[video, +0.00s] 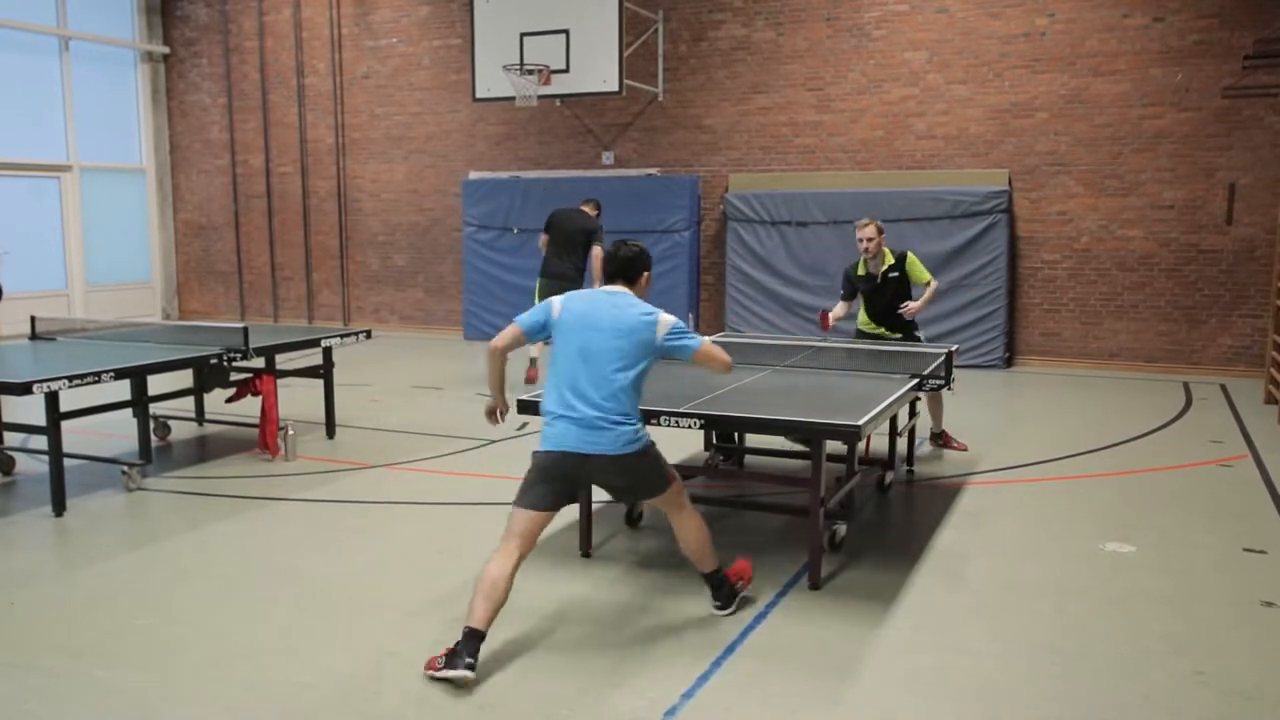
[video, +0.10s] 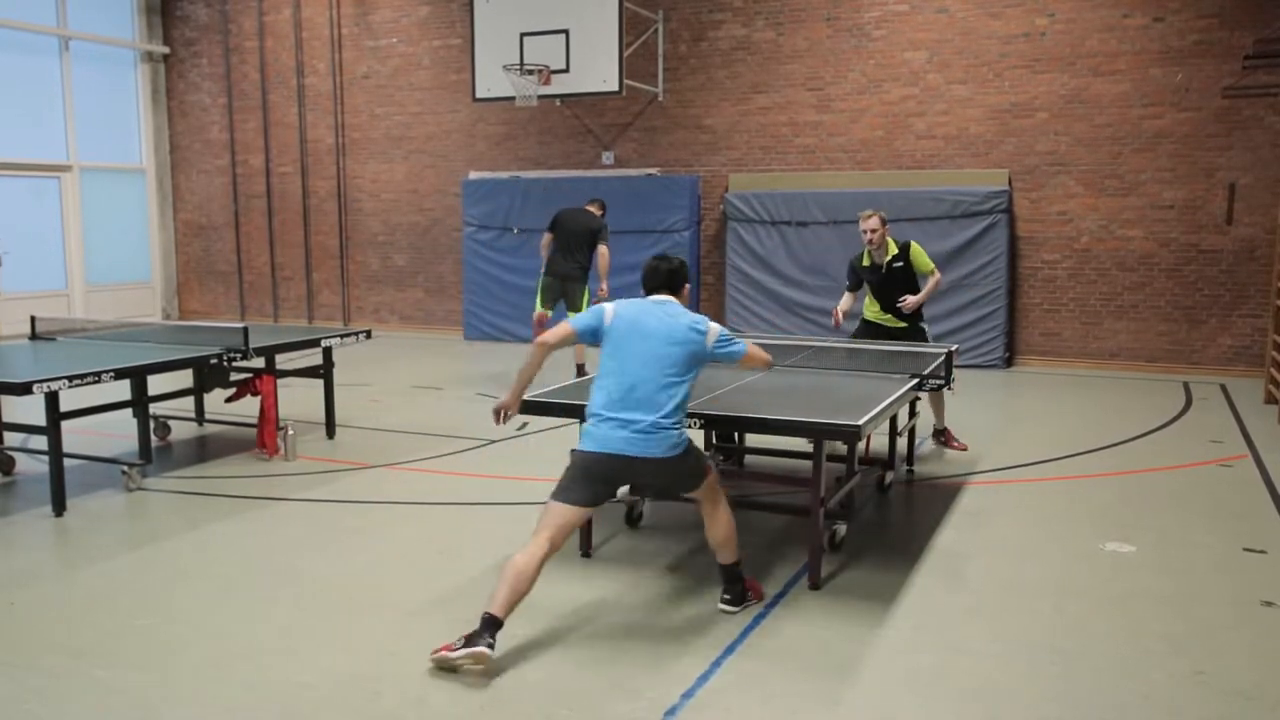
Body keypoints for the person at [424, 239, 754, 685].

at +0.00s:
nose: (652, 284)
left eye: (651, 279)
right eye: (651, 279)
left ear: (602, 275)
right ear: (644, 280)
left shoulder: (561, 304)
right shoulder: (652, 319)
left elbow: (498, 345)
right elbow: (722, 363)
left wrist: (497, 396)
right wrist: (699, 342)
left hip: (558, 448)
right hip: (621, 449)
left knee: (513, 545)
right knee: (678, 507)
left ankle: (465, 652)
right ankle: (721, 589)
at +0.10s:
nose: (690, 294)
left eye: (683, 287)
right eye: (688, 288)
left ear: (645, 286)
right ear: (683, 290)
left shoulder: (611, 311)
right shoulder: (696, 328)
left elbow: (544, 342)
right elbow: (763, 360)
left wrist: (514, 395)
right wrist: (719, 343)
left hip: (599, 449)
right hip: (662, 452)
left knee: (542, 542)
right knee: (711, 495)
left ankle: (485, 633)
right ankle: (734, 587)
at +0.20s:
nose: (719, 303)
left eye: (713, 298)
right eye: (717, 298)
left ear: (672, 299)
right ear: (713, 301)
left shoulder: (650, 318)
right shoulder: (730, 338)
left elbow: (592, 349)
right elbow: (783, 371)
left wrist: (549, 405)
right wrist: (745, 348)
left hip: (632, 450)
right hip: (692, 453)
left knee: (575, 538)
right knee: (730, 489)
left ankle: (519, 635)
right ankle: (735, 589)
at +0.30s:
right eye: (725, 293)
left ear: (683, 293)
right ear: (724, 295)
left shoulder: (666, 311)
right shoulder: (745, 334)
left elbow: (621, 345)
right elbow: (791, 376)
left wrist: (581, 406)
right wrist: (758, 353)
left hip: (650, 442)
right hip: (710, 446)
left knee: (596, 526)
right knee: (737, 489)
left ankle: (549, 627)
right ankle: (736, 585)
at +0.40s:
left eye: (679, 274)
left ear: (684, 275)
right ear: (729, 276)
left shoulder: (669, 292)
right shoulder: (749, 316)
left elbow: (632, 331)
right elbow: (792, 377)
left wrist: (601, 398)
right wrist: (756, 366)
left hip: (656, 422)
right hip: (716, 428)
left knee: (607, 511)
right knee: (736, 493)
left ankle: (572, 613)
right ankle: (737, 586)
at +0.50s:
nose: (681, 258)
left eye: (682, 251)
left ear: (683, 253)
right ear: (727, 256)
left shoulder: (663, 277)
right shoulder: (744, 298)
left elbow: (637, 326)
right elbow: (784, 374)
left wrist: (614, 397)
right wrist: (757, 364)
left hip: (657, 409)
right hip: (716, 413)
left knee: (615, 506)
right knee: (738, 490)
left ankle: (589, 617)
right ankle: (742, 582)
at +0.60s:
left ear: (674, 246)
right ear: (718, 248)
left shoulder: (654, 282)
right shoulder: (741, 296)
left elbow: (631, 344)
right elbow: (769, 373)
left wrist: (605, 409)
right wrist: (747, 362)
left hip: (658, 421)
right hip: (717, 424)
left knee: (616, 515)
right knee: (735, 498)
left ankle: (594, 630)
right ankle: (746, 588)